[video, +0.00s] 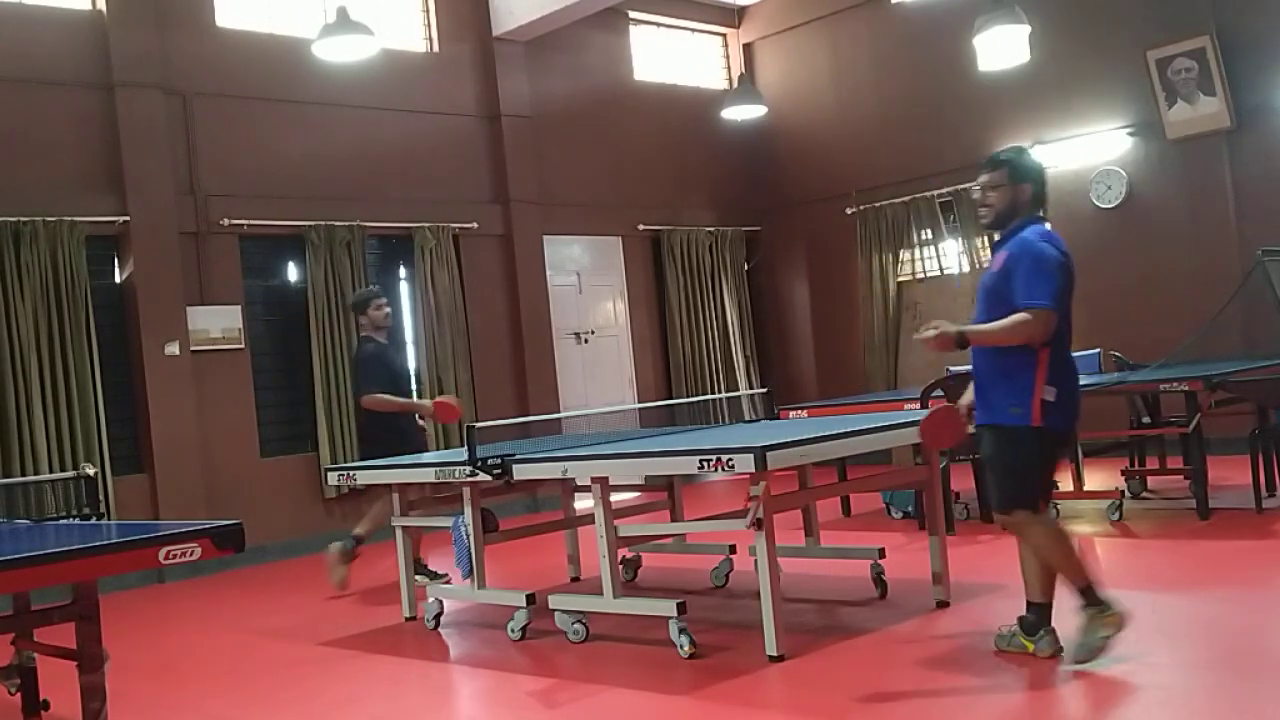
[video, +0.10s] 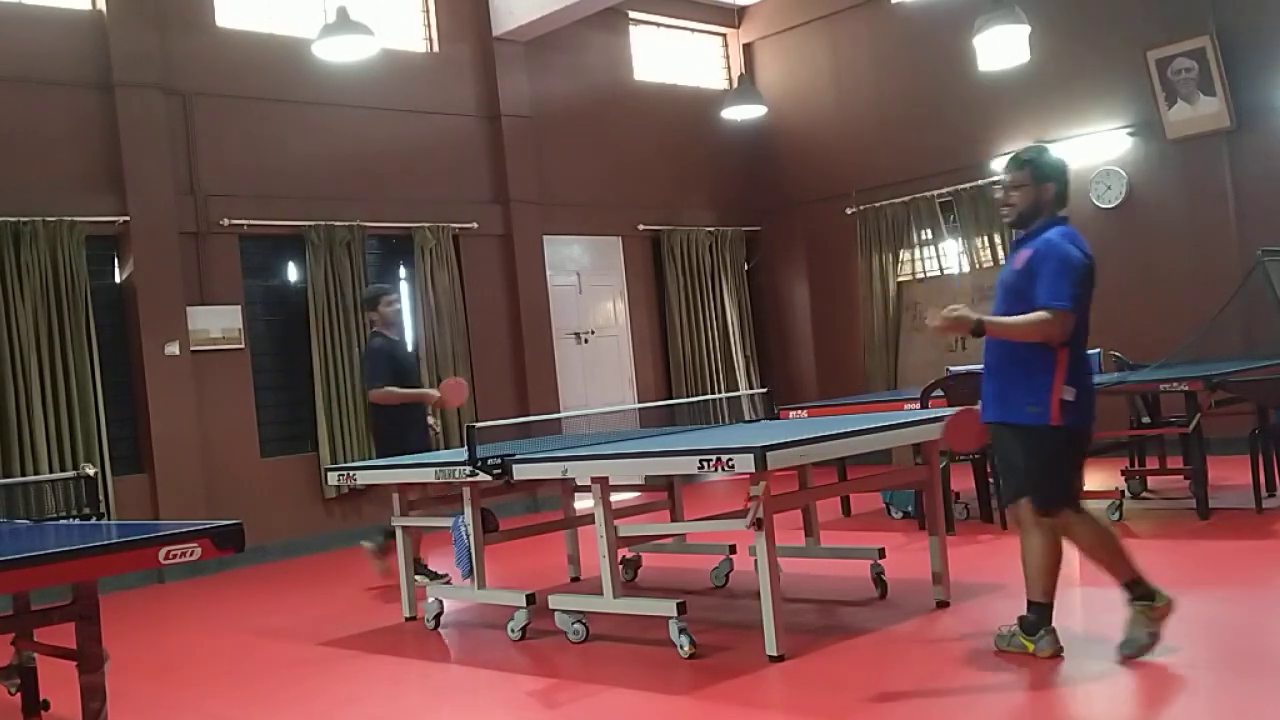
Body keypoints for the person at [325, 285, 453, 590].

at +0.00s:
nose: (387, 310)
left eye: (386, 306)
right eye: (379, 308)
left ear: (384, 311)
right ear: (362, 317)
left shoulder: (381, 347)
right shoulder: (369, 351)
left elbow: (388, 396)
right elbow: (368, 398)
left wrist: (412, 419)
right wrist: (416, 405)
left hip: (396, 438)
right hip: (393, 441)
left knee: (394, 497)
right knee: (414, 500)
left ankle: (351, 543)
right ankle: (415, 563)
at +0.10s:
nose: (398, 307)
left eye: (398, 302)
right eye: (391, 304)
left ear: (399, 307)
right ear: (374, 313)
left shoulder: (397, 344)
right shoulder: (377, 347)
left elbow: (405, 390)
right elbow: (376, 393)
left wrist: (424, 418)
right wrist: (423, 395)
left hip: (412, 437)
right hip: (397, 440)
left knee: (419, 498)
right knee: (413, 501)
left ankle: (382, 539)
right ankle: (415, 562)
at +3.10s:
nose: (443, 312)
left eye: (445, 307)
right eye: (436, 308)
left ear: (450, 311)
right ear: (422, 313)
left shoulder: (467, 344)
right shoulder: (406, 352)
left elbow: (486, 380)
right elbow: (394, 395)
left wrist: (476, 403)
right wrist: (415, 399)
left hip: (464, 438)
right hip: (423, 442)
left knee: (493, 489)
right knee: (408, 501)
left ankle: (506, 548)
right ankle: (395, 561)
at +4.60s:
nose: (444, 334)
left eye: (447, 329)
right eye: (437, 330)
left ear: (451, 332)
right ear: (421, 335)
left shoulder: (464, 364)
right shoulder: (406, 371)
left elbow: (480, 401)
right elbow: (399, 416)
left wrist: (479, 425)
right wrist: (423, 420)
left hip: (462, 452)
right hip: (418, 455)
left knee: (504, 483)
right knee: (393, 493)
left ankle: (508, 549)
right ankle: (393, 563)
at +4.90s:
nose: (442, 327)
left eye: (445, 322)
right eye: (435, 323)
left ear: (449, 325)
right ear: (420, 328)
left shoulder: (463, 357)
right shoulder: (405, 365)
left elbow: (479, 394)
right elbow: (400, 411)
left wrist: (480, 415)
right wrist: (423, 419)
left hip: (463, 448)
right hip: (418, 450)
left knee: (501, 482)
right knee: (396, 496)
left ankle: (507, 548)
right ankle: (393, 562)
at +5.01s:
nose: (441, 327)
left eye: (444, 322)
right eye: (434, 323)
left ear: (448, 326)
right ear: (420, 329)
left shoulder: (462, 358)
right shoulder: (405, 366)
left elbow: (478, 396)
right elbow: (399, 412)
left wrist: (480, 419)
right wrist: (421, 420)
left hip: (462, 449)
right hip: (418, 451)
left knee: (502, 482)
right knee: (395, 495)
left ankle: (507, 548)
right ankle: (393, 562)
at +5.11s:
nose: (440, 323)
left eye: (443, 319)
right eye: (433, 319)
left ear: (447, 323)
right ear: (419, 326)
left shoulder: (462, 356)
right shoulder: (404, 364)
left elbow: (477, 393)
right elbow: (398, 409)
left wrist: (478, 420)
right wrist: (420, 419)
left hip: (462, 447)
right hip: (418, 449)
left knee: (501, 482)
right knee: (396, 497)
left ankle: (507, 548)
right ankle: (392, 562)